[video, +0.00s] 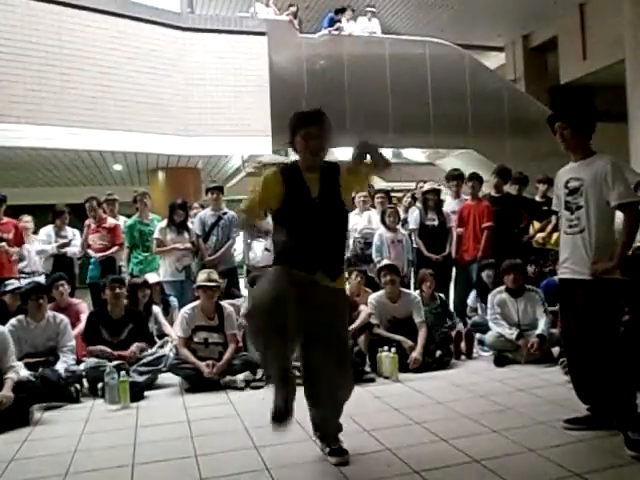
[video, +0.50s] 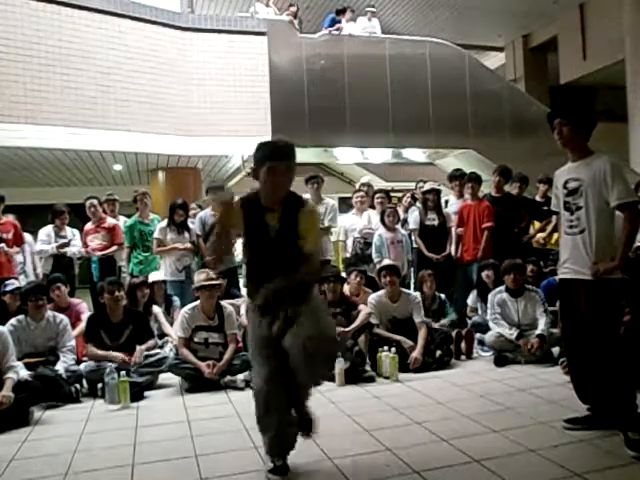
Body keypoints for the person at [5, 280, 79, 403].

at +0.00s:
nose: (40, 302)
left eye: (42, 298)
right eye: (35, 299)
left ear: (48, 300)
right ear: (26, 304)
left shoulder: (60, 321)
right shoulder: (14, 326)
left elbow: (68, 352)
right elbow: (11, 360)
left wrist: (57, 371)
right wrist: (26, 375)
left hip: (54, 369)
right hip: (27, 371)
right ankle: (68, 393)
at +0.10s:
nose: (40, 303)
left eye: (42, 299)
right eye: (35, 300)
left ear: (47, 301)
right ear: (26, 304)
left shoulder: (61, 321)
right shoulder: (14, 326)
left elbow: (68, 353)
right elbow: (11, 360)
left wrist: (57, 372)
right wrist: (27, 375)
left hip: (54, 369)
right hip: (28, 372)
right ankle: (66, 394)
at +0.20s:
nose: (40, 303)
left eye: (42, 299)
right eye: (35, 299)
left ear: (48, 301)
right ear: (26, 304)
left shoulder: (61, 322)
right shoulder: (14, 326)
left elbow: (68, 353)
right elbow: (11, 360)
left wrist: (56, 372)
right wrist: (28, 376)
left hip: (54, 369)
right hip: (27, 372)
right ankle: (66, 394)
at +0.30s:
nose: (39, 303)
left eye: (42, 299)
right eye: (34, 300)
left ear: (47, 301)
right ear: (25, 304)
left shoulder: (60, 321)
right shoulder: (14, 326)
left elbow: (69, 353)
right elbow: (10, 359)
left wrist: (55, 372)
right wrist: (25, 375)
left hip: (54, 368)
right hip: (28, 371)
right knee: (20, 388)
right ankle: (68, 394)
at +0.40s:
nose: (39, 303)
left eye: (42, 299)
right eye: (34, 300)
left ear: (47, 301)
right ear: (25, 304)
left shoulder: (60, 321)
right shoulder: (14, 326)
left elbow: (69, 352)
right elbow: (10, 359)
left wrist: (58, 371)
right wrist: (24, 375)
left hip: (53, 367)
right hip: (27, 370)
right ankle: (69, 394)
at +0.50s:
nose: (39, 303)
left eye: (42, 299)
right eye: (34, 300)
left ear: (47, 301)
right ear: (25, 305)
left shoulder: (60, 321)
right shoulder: (14, 326)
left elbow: (69, 352)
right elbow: (10, 359)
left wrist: (58, 371)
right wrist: (24, 375)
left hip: (53, 367)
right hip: (28, 370)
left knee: (76, 374)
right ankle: (69, 394)